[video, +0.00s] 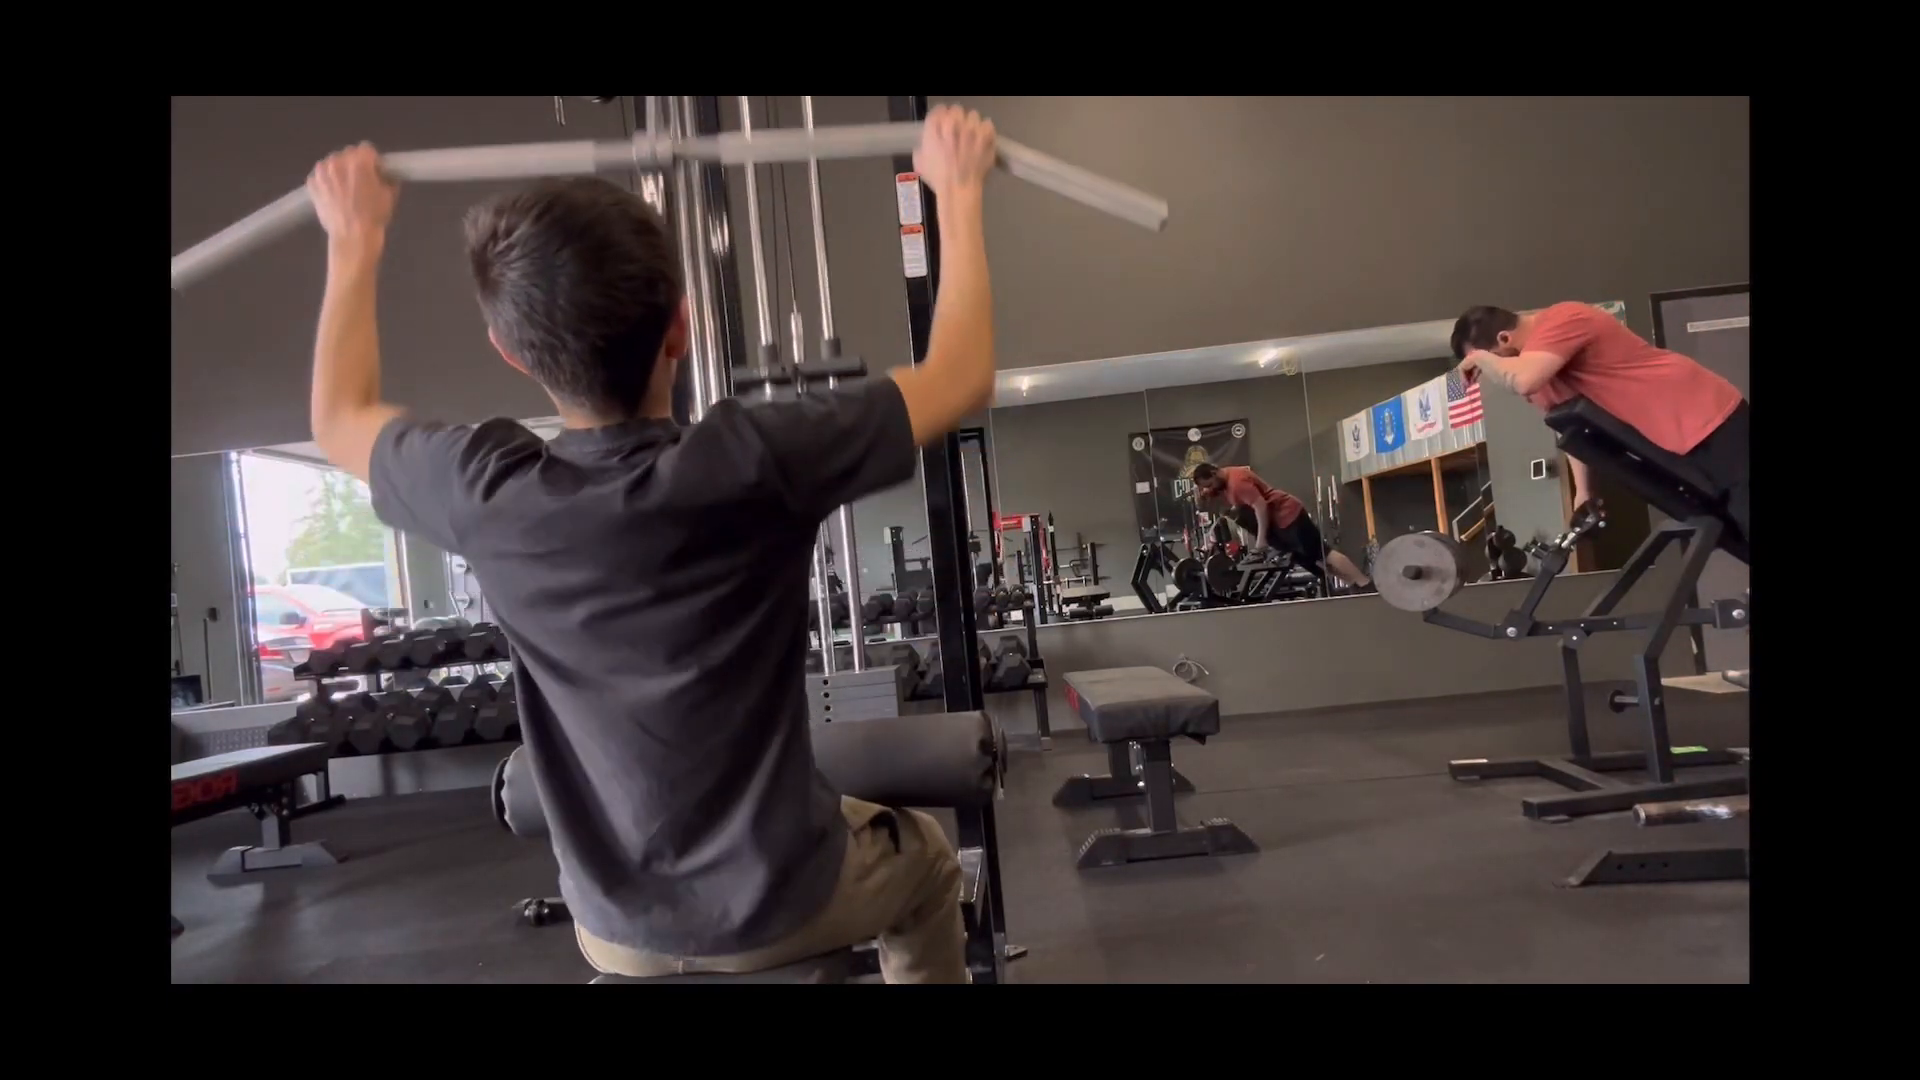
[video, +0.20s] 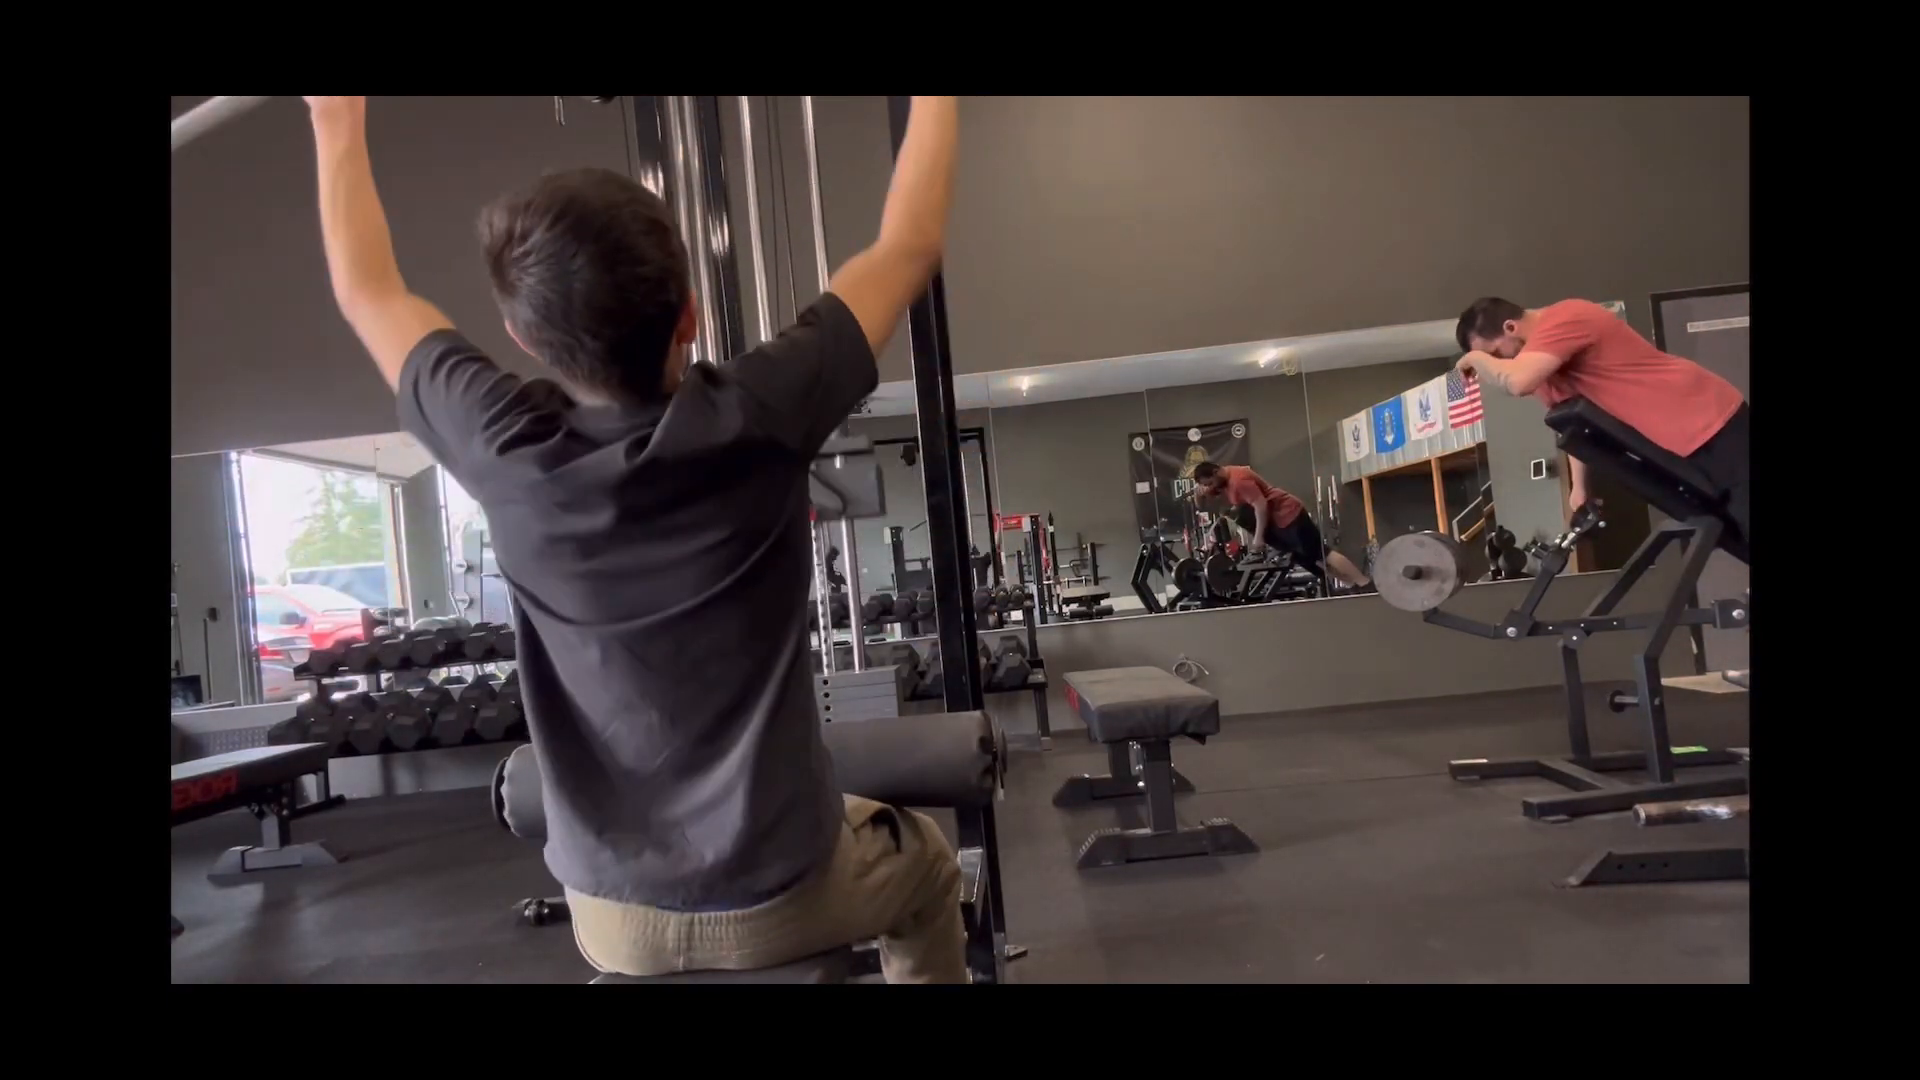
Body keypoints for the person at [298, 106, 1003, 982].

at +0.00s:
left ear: (511, 351)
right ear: (680, 327)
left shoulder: (491, 490)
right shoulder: (761, 458)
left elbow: (341, 418)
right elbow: (960, 380)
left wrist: (351, 240)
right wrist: (960, 193)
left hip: (612, 924)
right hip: (780, 902)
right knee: (923, 864)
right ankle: (925, 977)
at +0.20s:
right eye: (691, 282)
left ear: (525, 342)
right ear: (687, 323)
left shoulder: (510, 450)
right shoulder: (762, 413)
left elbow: (370, 291)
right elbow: (908, 247)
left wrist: (335, 121)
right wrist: (936, 93)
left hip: (608, 916)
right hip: (778, 904)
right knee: (922, 857)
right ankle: (931, 978)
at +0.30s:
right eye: (704, 279)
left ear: (544, 342)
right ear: (699, 320)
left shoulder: (522, 432)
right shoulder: (764, 401)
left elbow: (391, 252)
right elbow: (887, 216)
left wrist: (340, 94)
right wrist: (924, 83)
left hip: (611, 907)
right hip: (778, 900)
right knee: (920, 858)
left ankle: (624, 965)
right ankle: (929, 975)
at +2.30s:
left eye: (551, 316)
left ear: (563, 335)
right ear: (709, 319)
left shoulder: (543, 429)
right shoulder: (766, 404)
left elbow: (429, 239)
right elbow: (874, 220)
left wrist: (369, 93)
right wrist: (915, 85)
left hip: (620, 897)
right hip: (788, 890)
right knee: (921, 857)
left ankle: (630, 970)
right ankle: (931, 973)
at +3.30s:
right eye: (685, 307)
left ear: (524, 348)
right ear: (681, 326)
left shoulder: (488, 524)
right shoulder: (742, 489)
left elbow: (289, 691)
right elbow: (961, 607)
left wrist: (335, 489)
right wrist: (967, 422)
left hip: (608, 920)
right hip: (778, 909)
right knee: (921, 850)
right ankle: (927, 979)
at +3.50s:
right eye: (698, 299)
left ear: (538, 345)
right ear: (691, 321)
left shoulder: (503, 515)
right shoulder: (750, 485)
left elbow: (305, 669)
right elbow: (964, 606)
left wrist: (342, 474)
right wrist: (968, 428)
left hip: (610, 917)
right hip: (777, 906)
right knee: (918, 850)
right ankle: (929, 977)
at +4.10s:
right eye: (713, 288)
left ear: (554, 328)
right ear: (706, 313)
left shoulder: (521, 451)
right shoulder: (761, 430)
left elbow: (381, 279)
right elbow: (889, 250)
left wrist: (341, 114)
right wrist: (924, 95)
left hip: (612, 907)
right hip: (777, 899)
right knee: (920, 854)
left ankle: (628, 965)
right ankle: (929, 975)